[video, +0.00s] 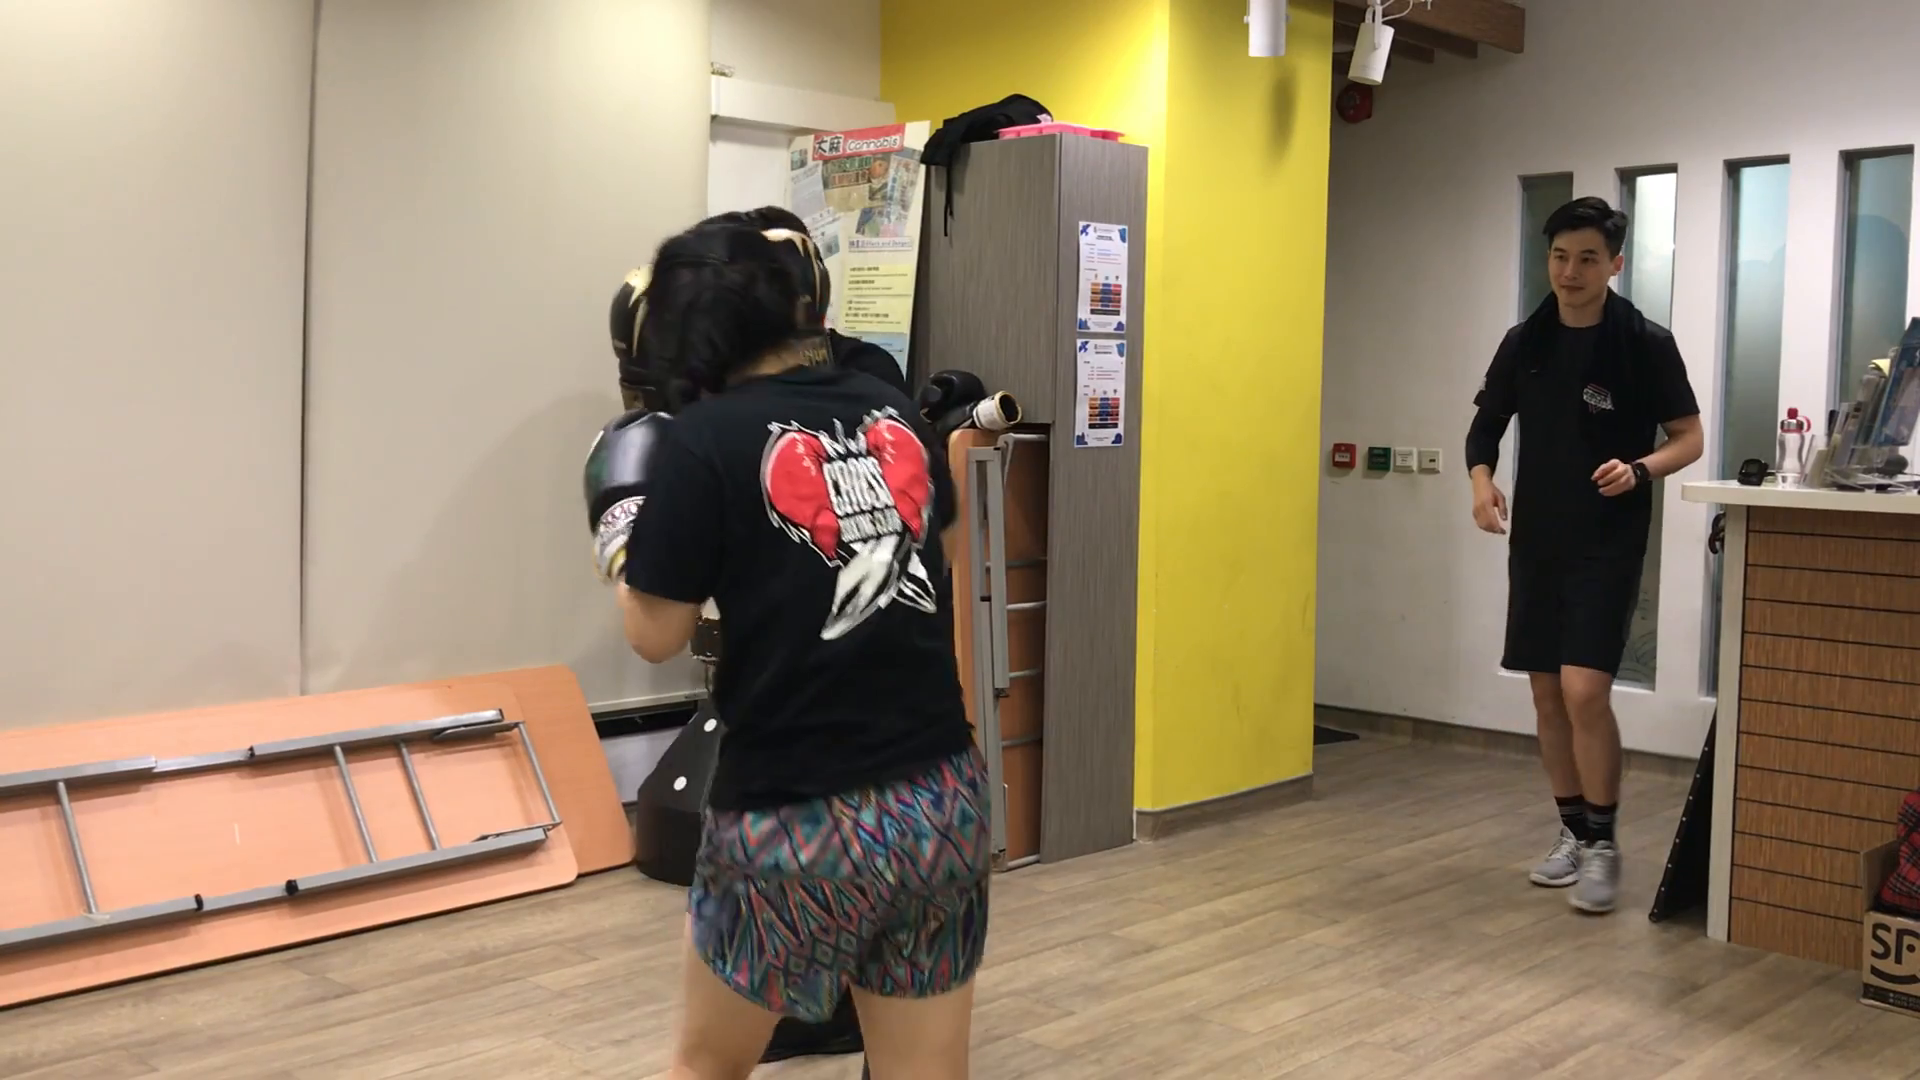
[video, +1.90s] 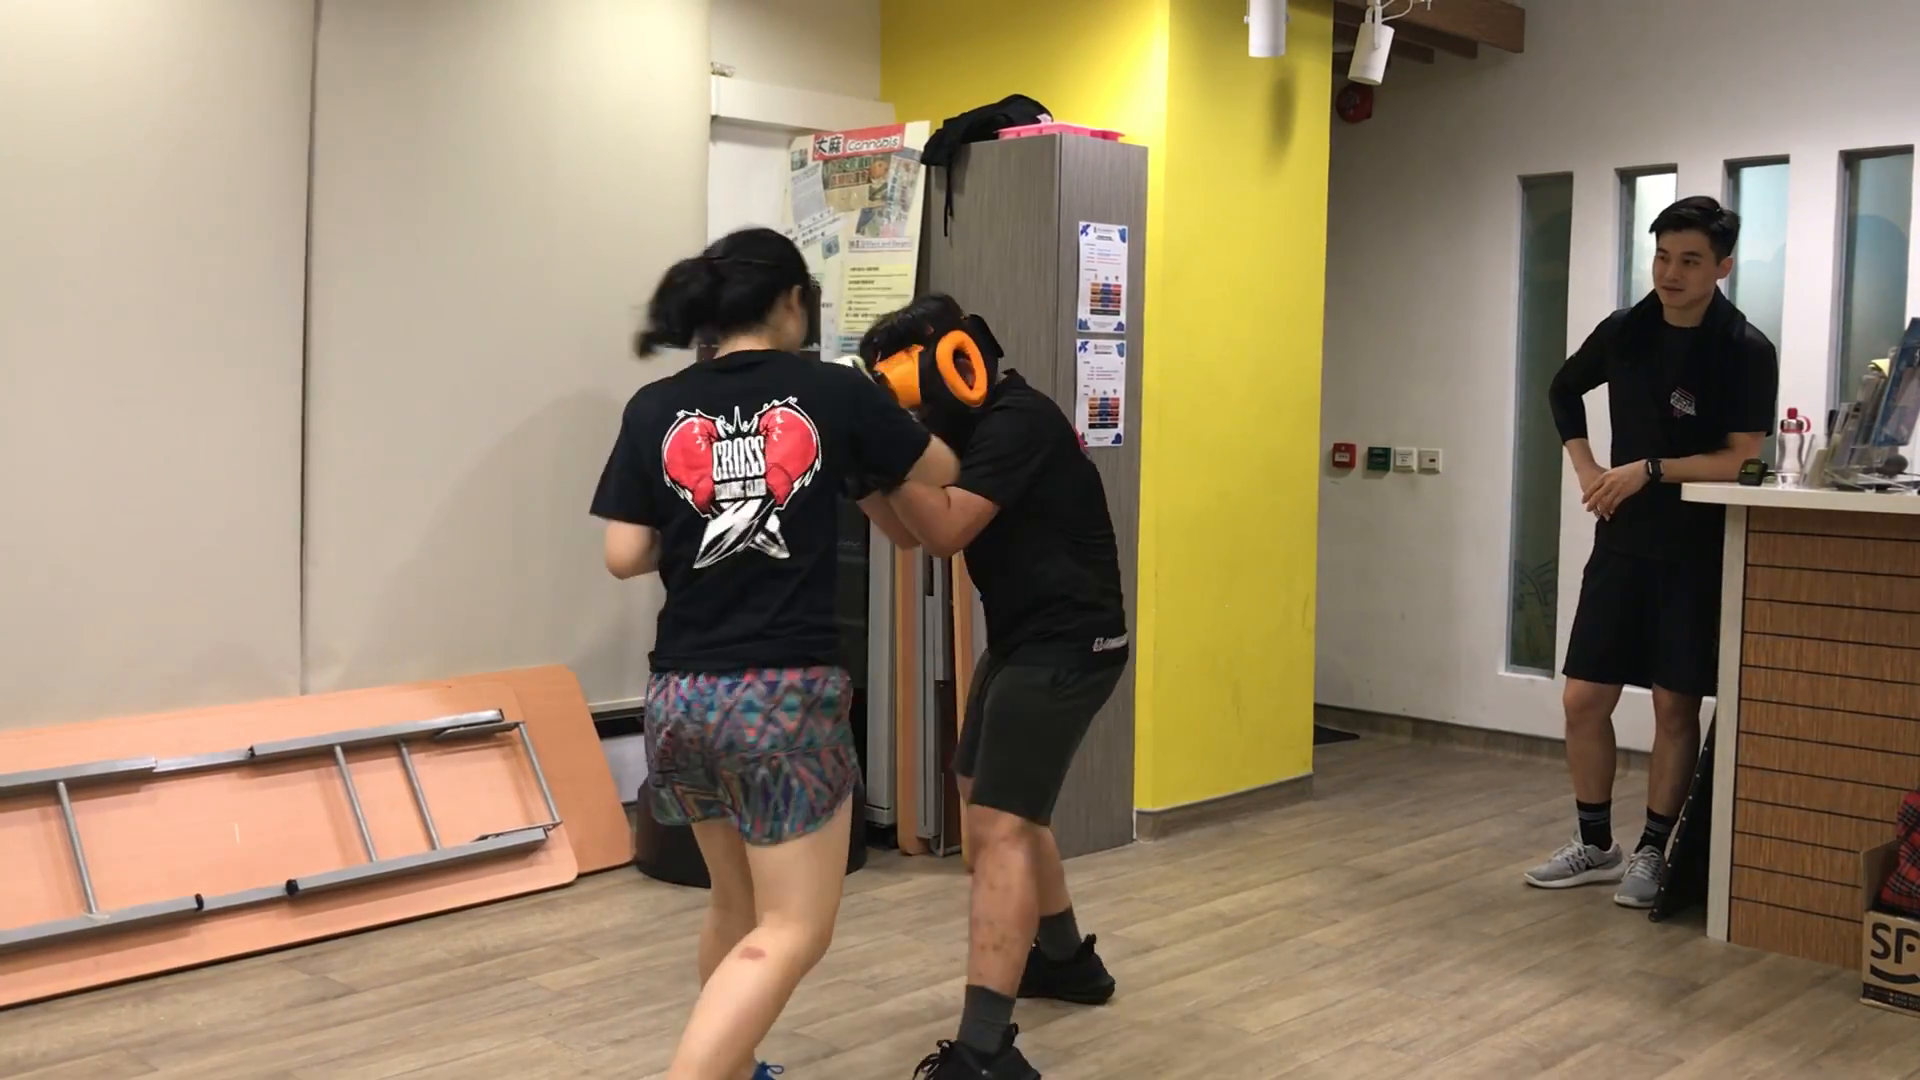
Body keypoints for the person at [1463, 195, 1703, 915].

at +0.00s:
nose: (1570, 270)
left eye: (1586, 258)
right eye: (1560, 257)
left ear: (1614, 263)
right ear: (1547, 261)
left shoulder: (1646, 344)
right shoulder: (1525, 341)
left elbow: (1690, 437)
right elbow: (1485, 424)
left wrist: (1642, 467)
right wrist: (1483, 481)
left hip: (1608, 538)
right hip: (1538, 534)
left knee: (1583, 689)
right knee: (1548, 689)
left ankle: (1601, 845)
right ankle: (1573, 834)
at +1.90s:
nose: (1670, 271)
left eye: (1688, 259)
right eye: (1662, 256)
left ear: (1723, 265)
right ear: (1651, 257)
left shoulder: (1746, 350)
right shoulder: (1626, 329)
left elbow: (1745, 457)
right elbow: (1563, 390)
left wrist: (1649, 469)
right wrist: (1585, 468)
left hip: (1699, 545)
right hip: (1624, 537)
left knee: (1674, 705)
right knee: (1583, 696)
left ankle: (1653, 853)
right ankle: (1594, 844)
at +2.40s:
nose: (1672, 266)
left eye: (1690, 255)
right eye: (1665, 251)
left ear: (1723, 264)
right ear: (1652, 254)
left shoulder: (1745, 350)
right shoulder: (1624, 330)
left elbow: (1745, 458)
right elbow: (1562, 389)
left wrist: (1648, 470)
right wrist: (1584, 468)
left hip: (1698, 546)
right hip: (1623, 538)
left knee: (1674, 706)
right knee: (1582, 696)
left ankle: (1653, 854)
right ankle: (1594, 844)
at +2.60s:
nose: (1673, 263)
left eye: (1691, 253)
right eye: (1665, 249)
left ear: (1722, 263)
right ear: (1651, 253)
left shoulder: (1744, 350)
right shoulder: (1624, 330)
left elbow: (1745, 458)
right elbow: (1562, 389)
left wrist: (1648, 469)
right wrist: (1582, 466)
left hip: (1698, 545)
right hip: (1623, 537)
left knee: (1674, 706)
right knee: (1582, 696)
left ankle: (1652, 854)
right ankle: (1594, 844)